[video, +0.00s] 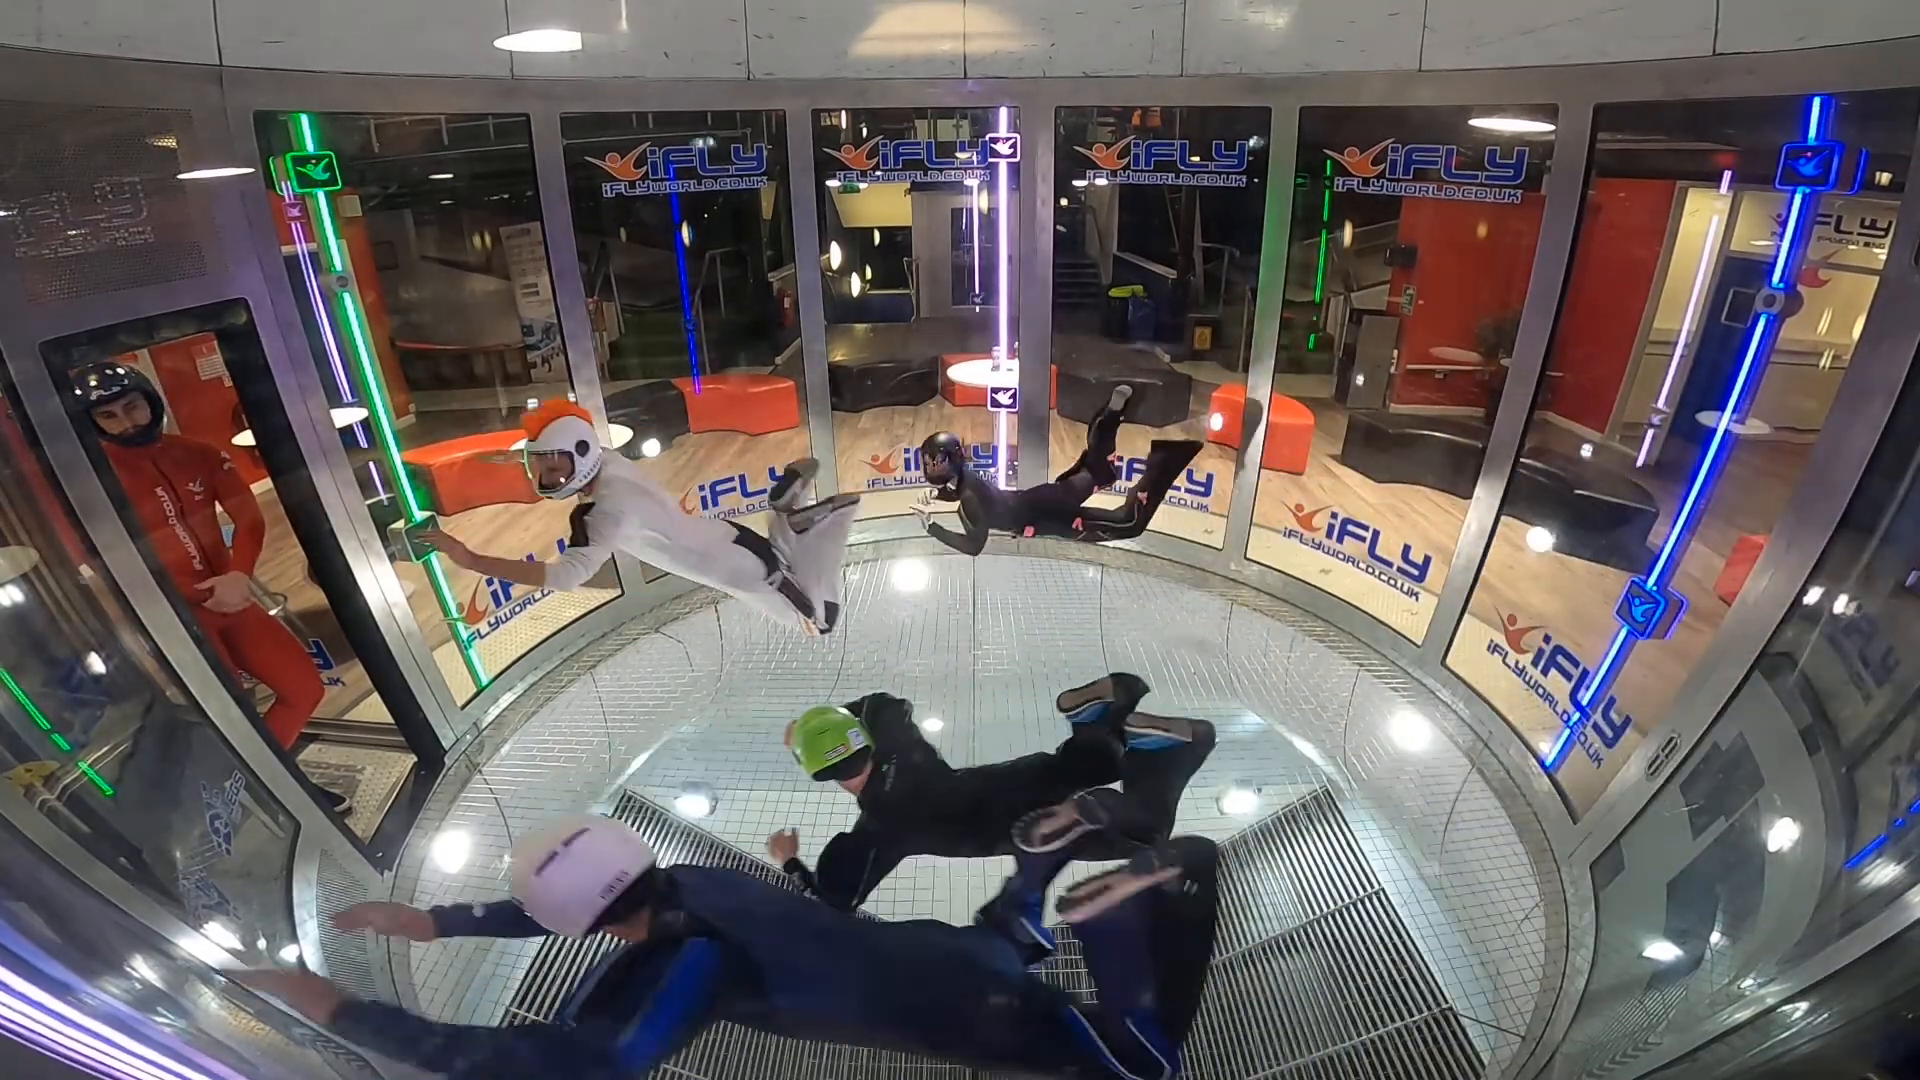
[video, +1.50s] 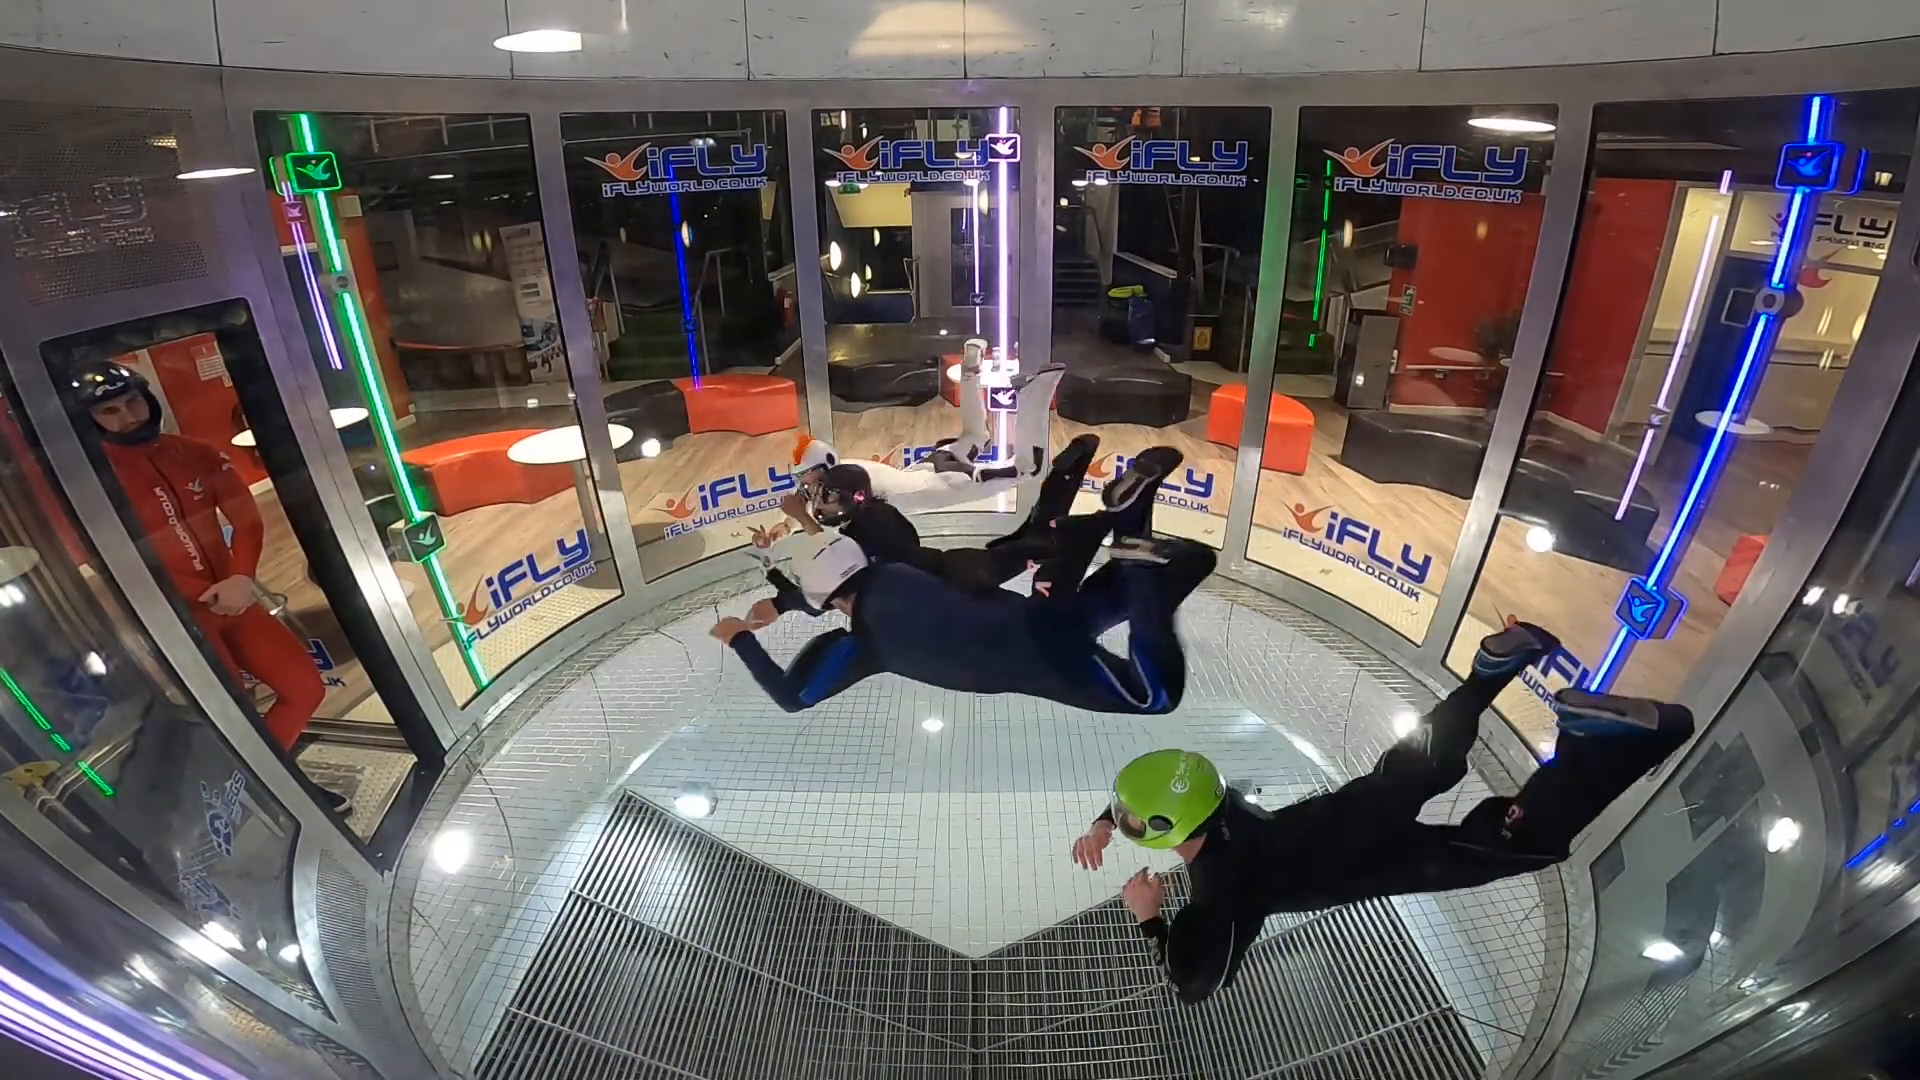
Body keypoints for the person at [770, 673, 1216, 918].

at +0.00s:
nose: (850, 779)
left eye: (847, 772)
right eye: (843, 771)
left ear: (841, 777)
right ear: (866, 741)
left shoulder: (885, 825)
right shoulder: (898, 747)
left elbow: (836, 894)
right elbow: (880, 706)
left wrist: (792, 864)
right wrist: (826, 720)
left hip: (1039, 825)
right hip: (1038, 774)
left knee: (1148, 826)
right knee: (1094, 763)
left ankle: (1160, 751)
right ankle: (1104, 718)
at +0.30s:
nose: (947, 749)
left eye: (949, 743)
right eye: (944, 740)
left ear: (969, 745)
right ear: (982, 714)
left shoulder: (1006, 789)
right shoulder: (1007, 716)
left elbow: (964, 851)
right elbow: (986, 692)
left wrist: (933, 830)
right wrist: (930, 707)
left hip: (1135, 801)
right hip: (1120, 760)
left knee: (1244, 800)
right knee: (1196, 736)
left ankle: (1300, 719)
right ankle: (1237, 666)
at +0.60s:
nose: (1028, 726)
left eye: (1033, 722)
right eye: (1028, 718)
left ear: (1060, 725)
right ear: (1069, 701)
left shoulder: (1092, 775)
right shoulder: (1093, 704)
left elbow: (1055, 850)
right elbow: (1068, 677)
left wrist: (1020, 804)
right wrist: (1012, 695)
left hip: (1229, 775)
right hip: (1218, 731)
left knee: (1339, 773)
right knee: (1281, 694)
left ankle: (1357, 685)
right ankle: (1312, 622)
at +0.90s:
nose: (1101, 734)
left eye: (1109, 728)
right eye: (1098, 725)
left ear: (1135, 726)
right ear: (1137, 703)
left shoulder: (1168, 770)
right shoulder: (1159, 701)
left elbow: (1143, 860)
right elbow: (1134, 689)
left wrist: (1119, 808)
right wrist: (1092, 719)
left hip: (1293, 771)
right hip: (1274, 730)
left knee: (1409, 764)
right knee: (1341, 683)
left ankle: (1485, 669)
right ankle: (1393, 606)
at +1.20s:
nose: (1146, 764)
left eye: (1150, 757)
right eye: (1142, 755)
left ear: (1180, 761)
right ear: (1191, 743)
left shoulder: (1223, 810)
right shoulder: (1207, 743)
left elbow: (1204, 901)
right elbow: (1164, 743)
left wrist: (1170, 845)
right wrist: (1122, 767)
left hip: (1362, 789)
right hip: (1344, 744)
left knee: (1486, 775)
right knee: (1396, 697)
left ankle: (1529, 666)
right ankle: (1445, 615)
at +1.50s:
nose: (1135, 833)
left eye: (1146, 828)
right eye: (1138, 817)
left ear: (1174, 831)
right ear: (1192, 797)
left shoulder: (1225, 883)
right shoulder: (1206, 803)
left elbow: (1196, 975)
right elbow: (1151, 795)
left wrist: (1157, 919)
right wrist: (1107, 822)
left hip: (1391, 858)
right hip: (1357, 810)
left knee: (1521, 840)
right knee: (1429, 759)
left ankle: (1614, 743)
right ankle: (1497, 665)